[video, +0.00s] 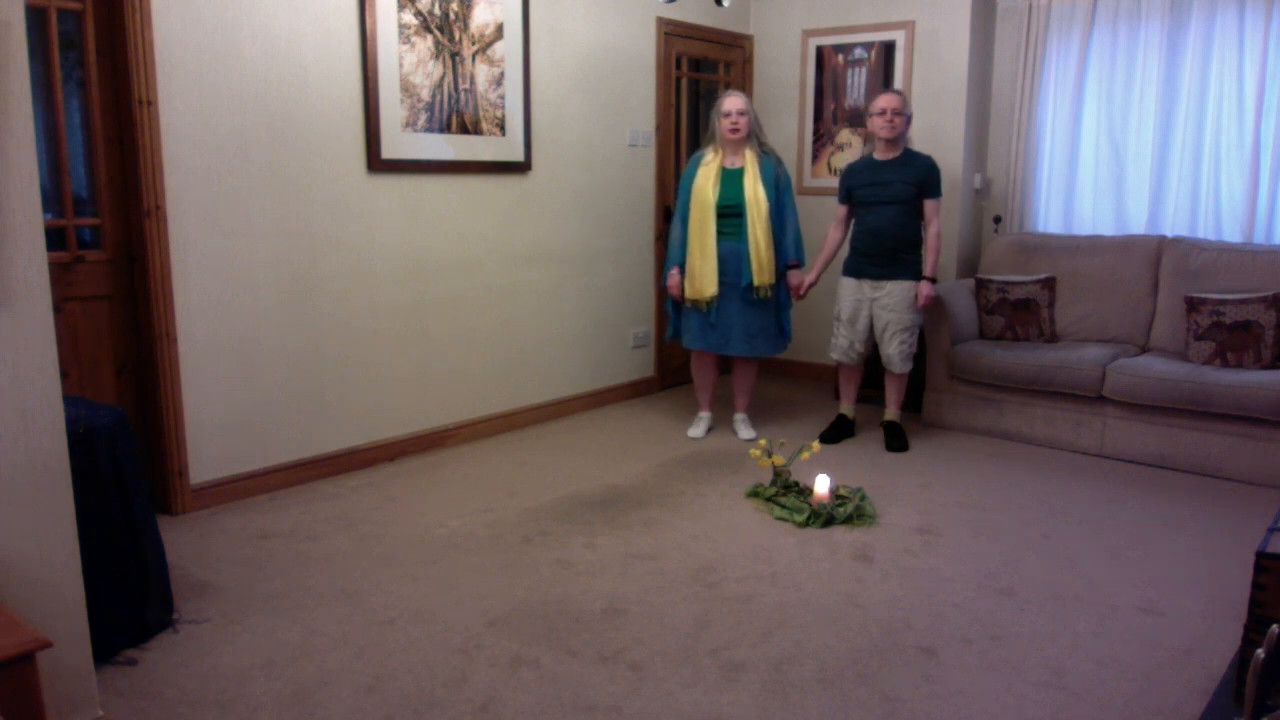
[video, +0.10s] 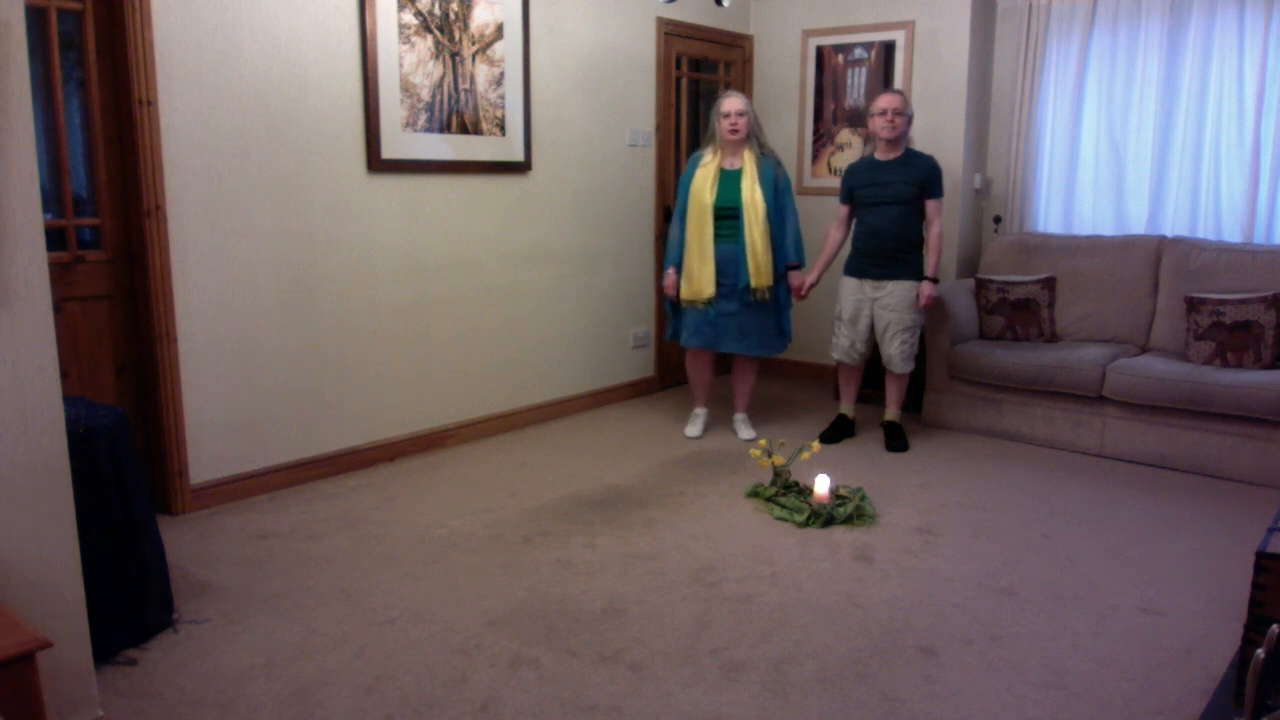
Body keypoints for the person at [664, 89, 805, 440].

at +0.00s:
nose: (734, 121)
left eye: (741, 114)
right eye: (727, 115)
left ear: (752, 120)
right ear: (716, 121)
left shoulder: (769, 164)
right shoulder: (698, 164)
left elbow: (787, 217)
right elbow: (681, 219)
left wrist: (793, 266)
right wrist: (674, 267)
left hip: (754, 272)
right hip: (704, 272)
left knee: (747, 346)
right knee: (703, 345)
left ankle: (741, 414)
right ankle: (704, 411)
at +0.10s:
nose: (733, 121)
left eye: (740, 115)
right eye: (726, 116)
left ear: (751, 121)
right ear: (716, 122)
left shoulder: (768, 165)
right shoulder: (698, 164)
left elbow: (786, 218)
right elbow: (680, 219)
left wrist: (793, 267)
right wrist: (671, 267)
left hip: (752, 273)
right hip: (702, 273)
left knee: (747, 346)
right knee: (698, 343)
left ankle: (741, 414)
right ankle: (700, 408)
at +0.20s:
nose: (730, 122)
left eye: (737, 115)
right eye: (722, 116)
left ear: (748, 121)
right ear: (712, 122)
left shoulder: (765, 165)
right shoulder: (695, 163)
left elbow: (784, 218)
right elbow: (677, 218)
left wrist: (793, 267)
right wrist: (666, 267)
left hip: (750, 275)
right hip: (698, 273)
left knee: (746, 349)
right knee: (690, 344)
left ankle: (741, 414)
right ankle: (685, 408)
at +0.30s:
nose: (723, 120)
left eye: (730, 113)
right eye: (716, 115)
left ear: (741, 119)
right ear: (706, 121)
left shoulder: (759, 164)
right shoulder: (688, 163)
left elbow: (778, 217)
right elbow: (671, 219)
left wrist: (788, 265)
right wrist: (660, 267)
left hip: (744, 275)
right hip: (692, 274)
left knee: (742, 349)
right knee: (681, 346)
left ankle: (740, 415)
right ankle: (668, 410)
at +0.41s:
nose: (715, 120)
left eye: (722, 113)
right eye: (707, 115)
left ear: (733, 119)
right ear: (697, 121)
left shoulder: (751, 164)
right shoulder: (680, 164)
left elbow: (771, 217)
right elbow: (663, 220)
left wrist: (782, 265)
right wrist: (651, 267)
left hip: (737, 272)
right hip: (684, 272)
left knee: (737, 347)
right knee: (673, 347)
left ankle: (739, 414)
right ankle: (661, 412)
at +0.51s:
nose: (704, 121)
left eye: (711, 115)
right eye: (697, 116)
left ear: (722, 120)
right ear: (687, 122)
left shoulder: (739, 166)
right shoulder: (668, 166)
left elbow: (760, 219)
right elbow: (651, 222)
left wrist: (773, 267)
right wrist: (639, 269)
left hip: (727, 272)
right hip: (673, 273)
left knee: (730, 347)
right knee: (667, 348)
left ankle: (738, 413)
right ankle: (660, 414)